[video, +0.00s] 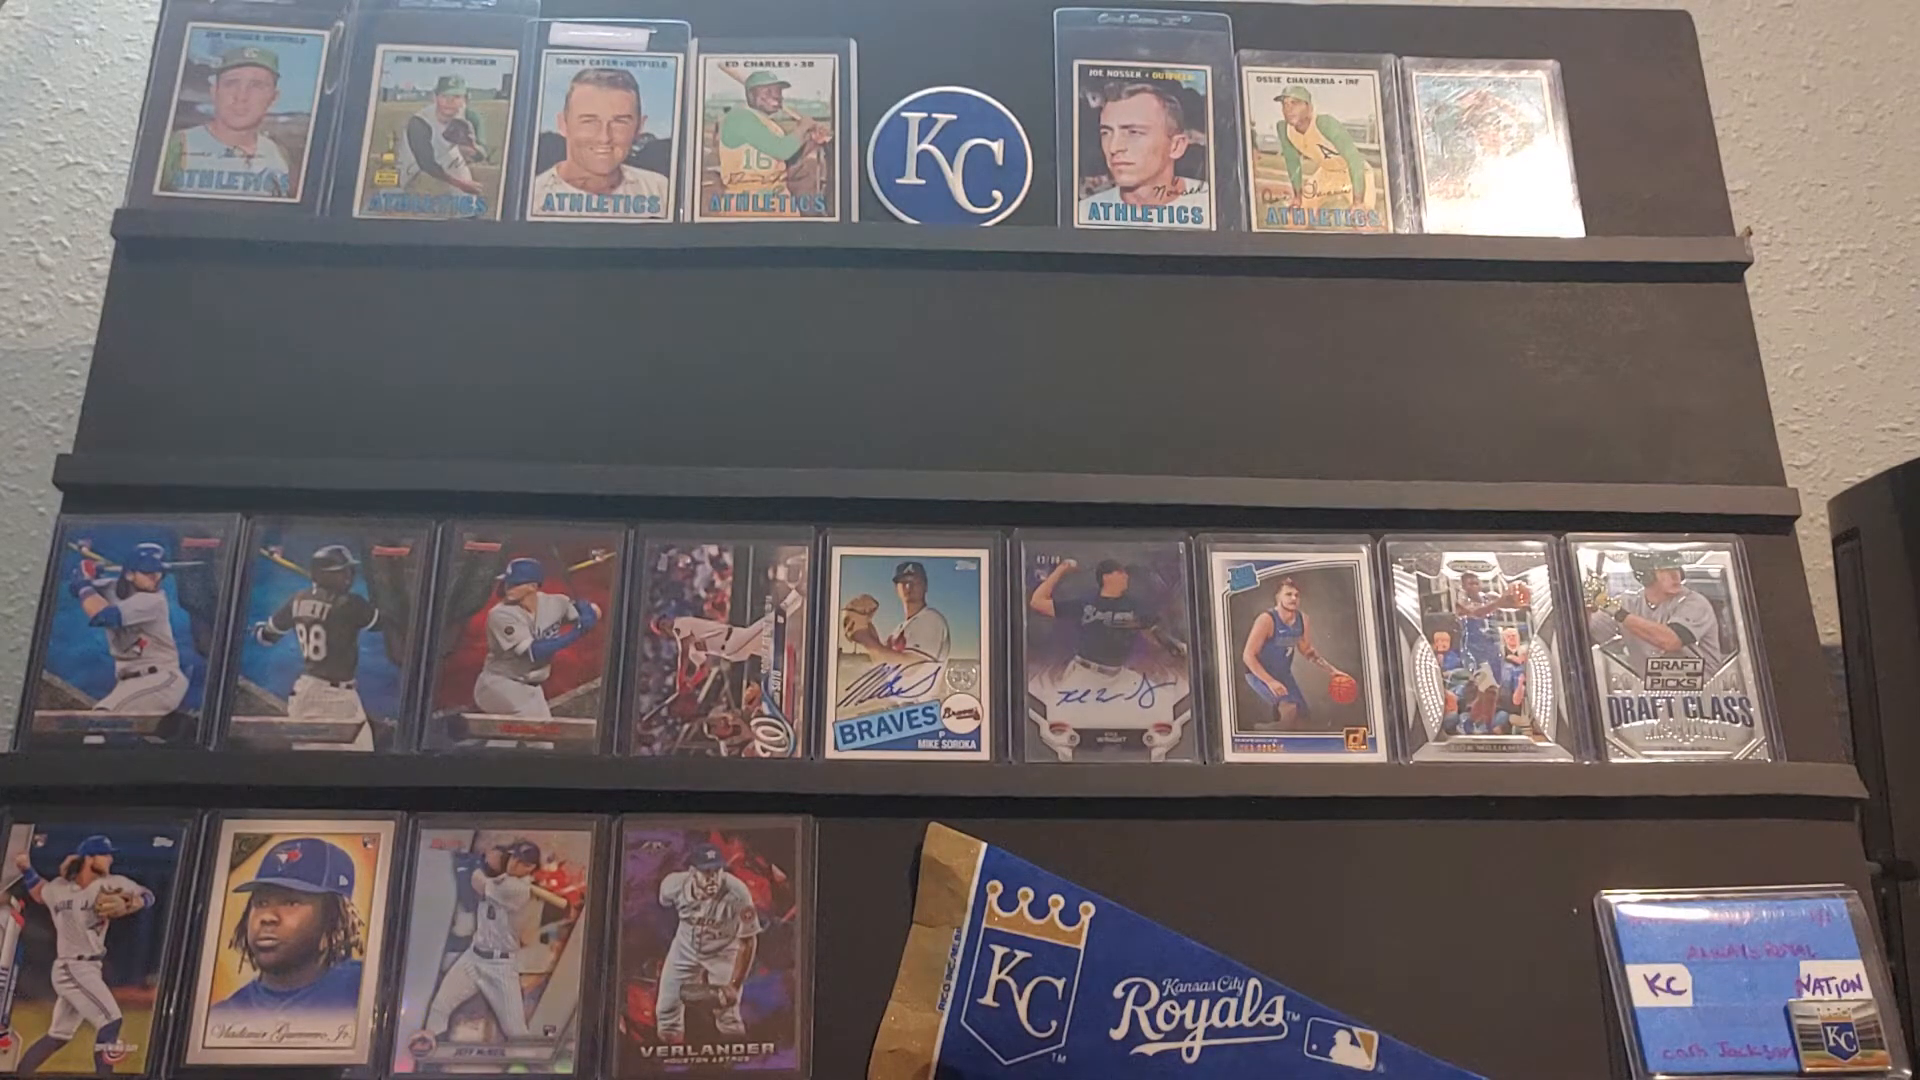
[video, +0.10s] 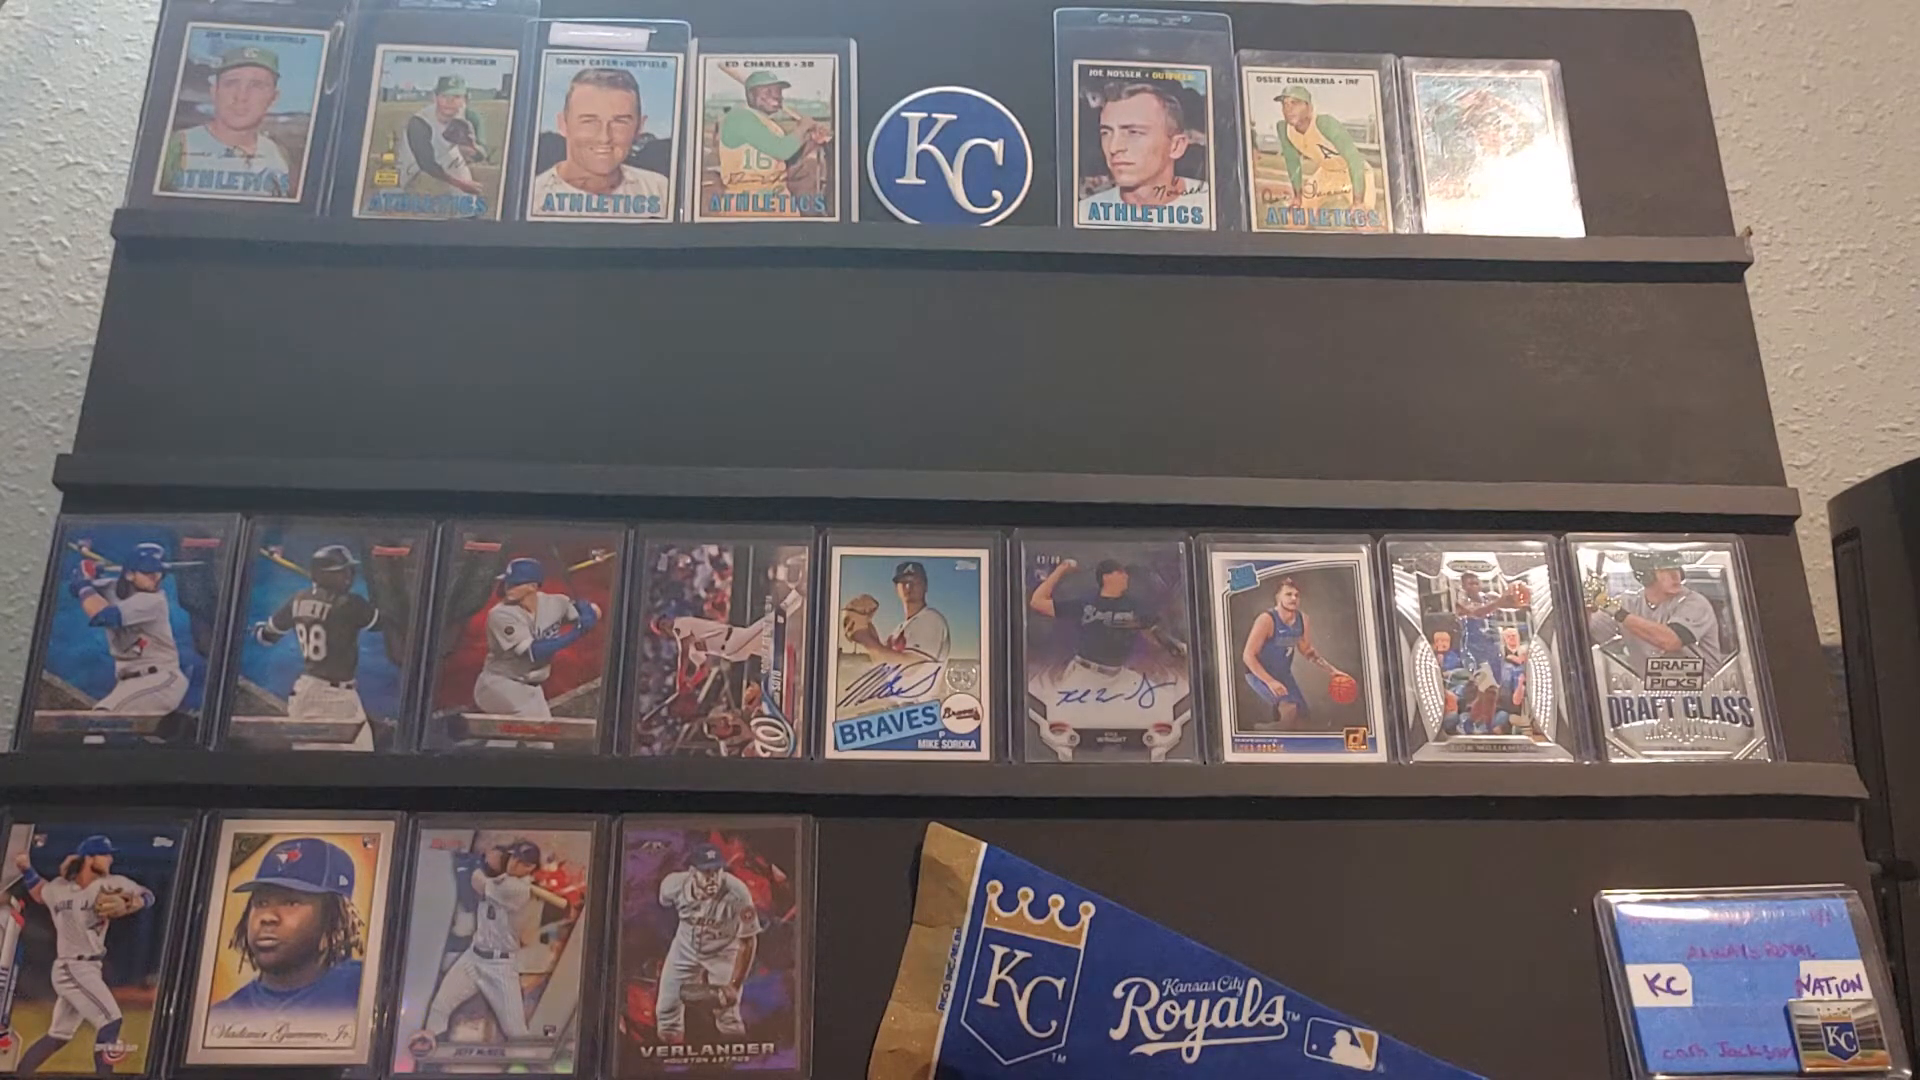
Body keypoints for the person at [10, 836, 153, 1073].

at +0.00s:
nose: (110, 859)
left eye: (110, 855)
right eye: (105, 855)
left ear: (97, 861)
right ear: (90, 859)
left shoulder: (111, 884)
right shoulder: (58, 889)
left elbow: (148, 896)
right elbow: (38, 890)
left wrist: (131, 905)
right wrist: (26, 869)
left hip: (90, 969)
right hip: (71, 969)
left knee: (58, 1036)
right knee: (111, 1019)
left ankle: (19, 1073)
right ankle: (104, 1074)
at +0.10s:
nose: (110, 859)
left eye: (110, 855)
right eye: (105, 855)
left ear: (97, 861)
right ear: (90, 859)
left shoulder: (111, 884)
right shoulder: (58, 889)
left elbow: (148, 896)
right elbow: (39, 890)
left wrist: (131, 905)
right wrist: (26, 869)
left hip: (91, 969)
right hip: (71, 969)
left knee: (58, 1036)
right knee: (111, 1019)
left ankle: (19, 1073)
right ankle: (104, 1073)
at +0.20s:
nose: (110, 859)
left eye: (110, 855)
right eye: (105, 855)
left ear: (97, 861)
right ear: (90, 859)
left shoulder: (111, 884)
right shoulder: (58, 889)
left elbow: (148, 896)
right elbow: (39, 890)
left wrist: (131, 905)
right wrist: (26, 869)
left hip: (91, 969)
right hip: (71, 969)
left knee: (58, 1036)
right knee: (111, 1019)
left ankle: (19, 1073)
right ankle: (104, 1074)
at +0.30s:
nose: (110, 859)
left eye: (110, 855)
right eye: (105, 855)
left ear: (97, 861)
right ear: (90, 859)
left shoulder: (111, 884)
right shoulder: (58, 889)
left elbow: (148, 896)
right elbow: (39, 890)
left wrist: (131, 905)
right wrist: (26, 869)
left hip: (90, 969)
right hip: (71, 969)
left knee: (58, 1036)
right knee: (111, 1019)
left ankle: (19, 1073)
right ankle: (104, 1074)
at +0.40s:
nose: (110, 859)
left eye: (110, 855)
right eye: (105, 855)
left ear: (96, 861)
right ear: (90, 859)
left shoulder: (111, 884)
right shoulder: (58, 889)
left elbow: (148, 896)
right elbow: (40, 892)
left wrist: (131, 904)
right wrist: (27, 870)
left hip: (90, 969)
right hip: (71, 969)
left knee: (58, 1036)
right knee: (111, 1020)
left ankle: (19, 1073)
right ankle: (104, 1074)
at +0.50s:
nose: (110, 860)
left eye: (110, 855)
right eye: (105, 855)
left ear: (96, 861)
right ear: (89, 860)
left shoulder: (112, 884)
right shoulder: (58, 888)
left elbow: (149, 896)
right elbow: (40, 892)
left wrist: (129, 904)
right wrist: (27, 870)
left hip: (91, 969)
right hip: (70, 969)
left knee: (59, 1035)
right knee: (111, 1019)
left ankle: (19, 1073)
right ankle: (104, 1074)